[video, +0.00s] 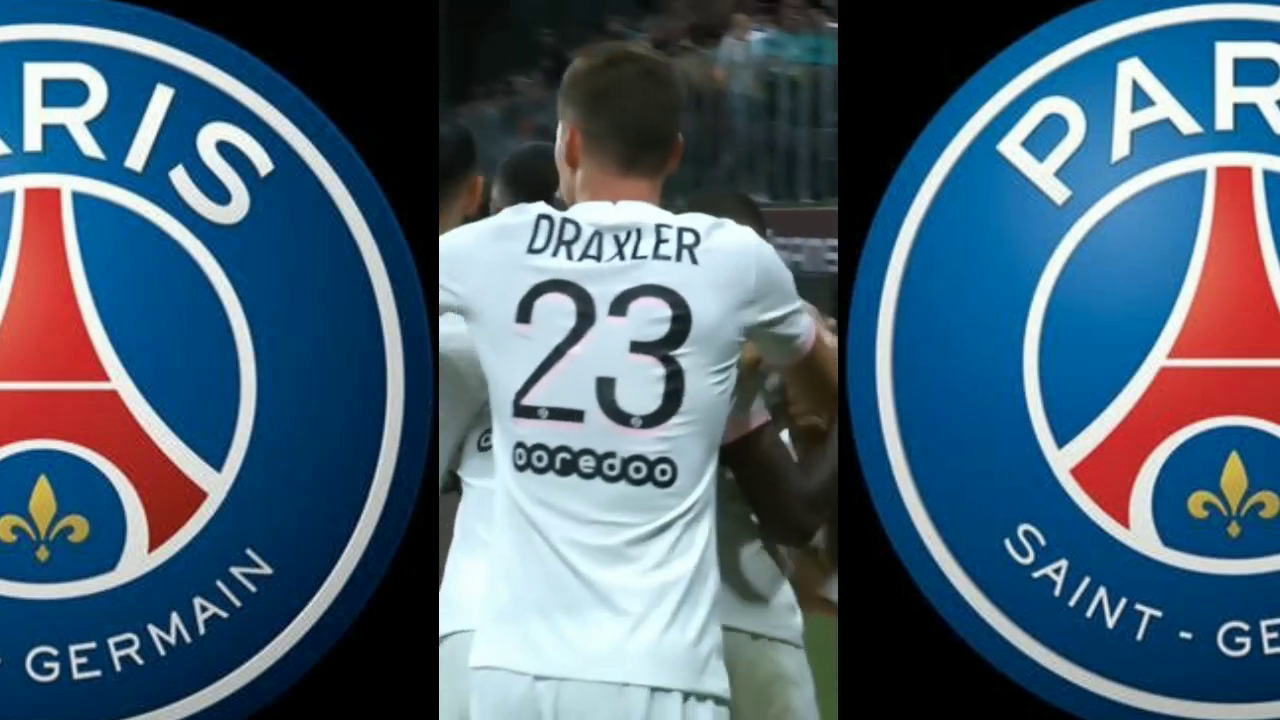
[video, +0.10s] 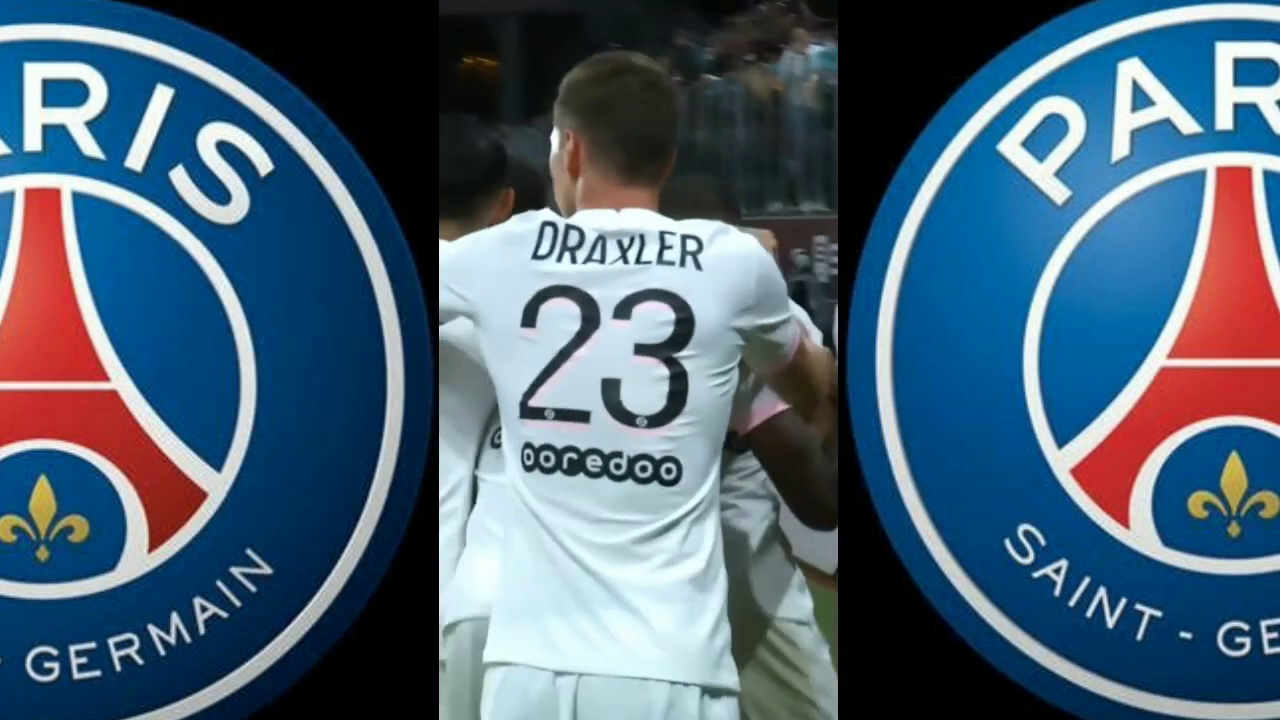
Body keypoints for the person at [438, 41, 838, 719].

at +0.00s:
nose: (556, 150)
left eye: (557, 136)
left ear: (568, 143)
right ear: (676, 154)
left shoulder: (475, 253)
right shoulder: (738, 259)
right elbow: (815, 359)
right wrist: (810, 422)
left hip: (495, 653)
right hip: (658, 663)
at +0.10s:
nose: (551, 157)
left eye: (553, 140)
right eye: (554, 139)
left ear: (568, 149)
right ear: (671, 161)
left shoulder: (491, 257)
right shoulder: (735, 263)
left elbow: (363, 292)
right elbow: (813, 386)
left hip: (528, 651)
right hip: (676, 656)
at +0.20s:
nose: (544, 162)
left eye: (546, 145)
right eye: (546, 144)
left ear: (561, 153)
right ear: (662, 164)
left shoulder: (483, 260)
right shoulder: (726, 260)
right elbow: (822, 368)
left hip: (528, 651)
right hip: (675, 656)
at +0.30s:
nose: (543, 160)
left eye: (543, 143)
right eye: (544, 142)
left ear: (560, 151)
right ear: (659, 157)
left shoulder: (484, 253)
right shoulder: (720, 255)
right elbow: (815, 391)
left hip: (526, 643)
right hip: (673, 647)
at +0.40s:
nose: (551, 165)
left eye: (551, 147)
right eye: (551, 146)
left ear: (569, 155)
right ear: (663, 159)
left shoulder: (492, 249)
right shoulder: (724, 259)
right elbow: (815, 402)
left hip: (533, 639)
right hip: (681, 641)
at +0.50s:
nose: (578, 169)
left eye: (580, 153)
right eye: (579, 154)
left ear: (596, 164)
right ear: (685, 170)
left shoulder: (523, 256)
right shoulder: (749, 269)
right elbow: (798, 414)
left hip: (558, 636)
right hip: (699, 646)